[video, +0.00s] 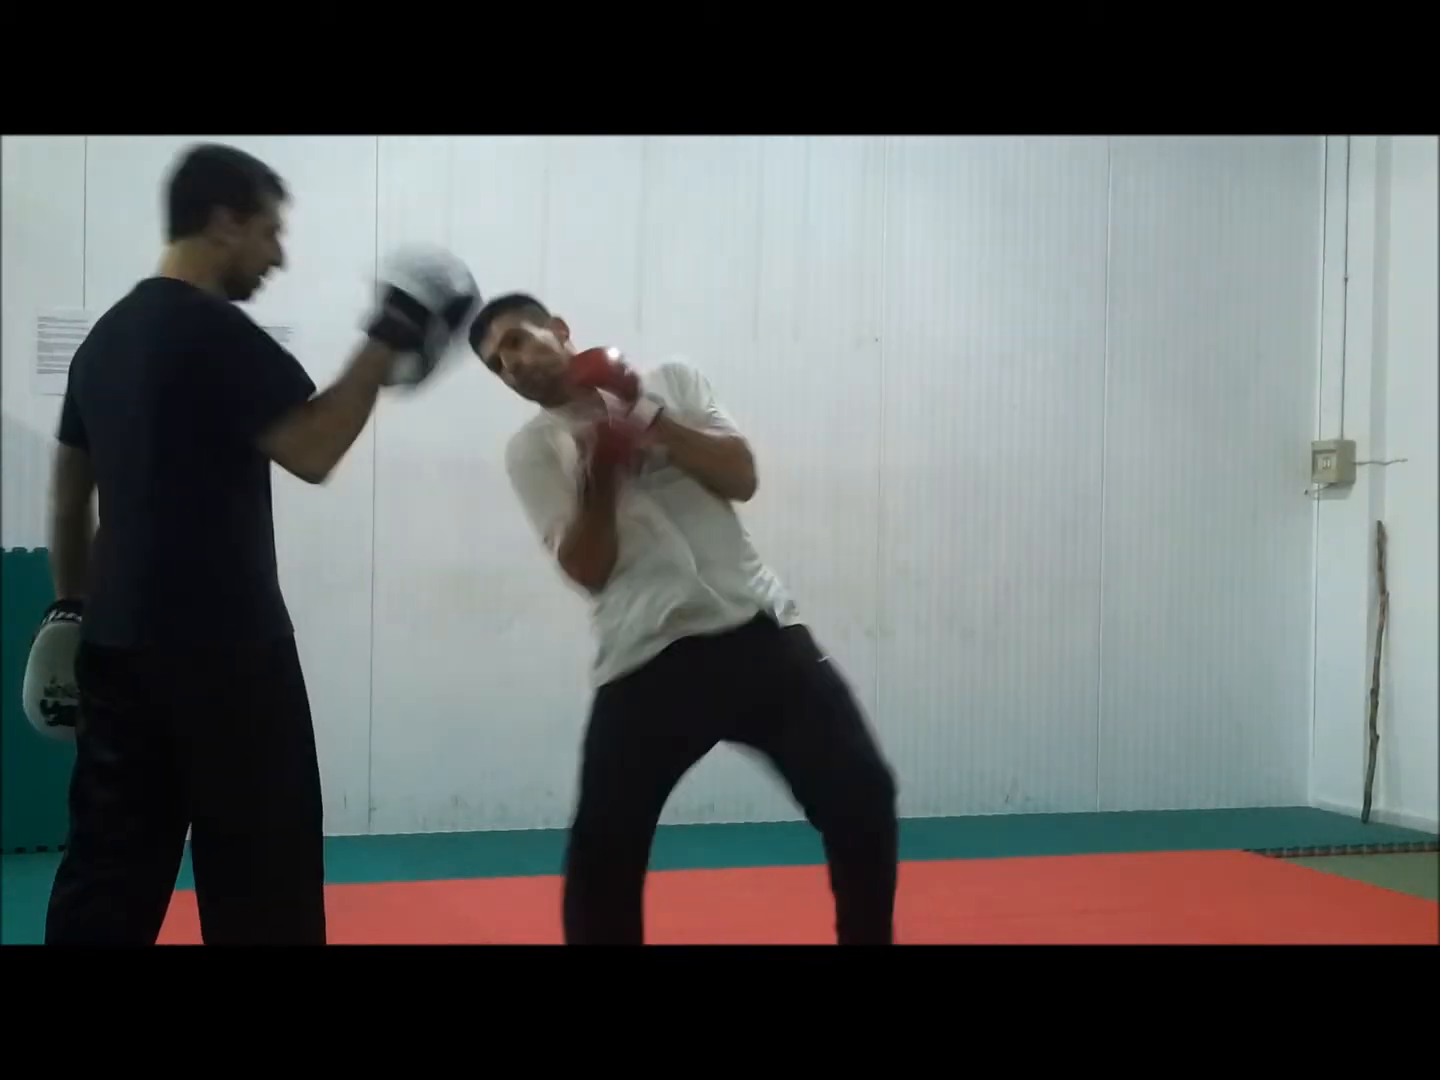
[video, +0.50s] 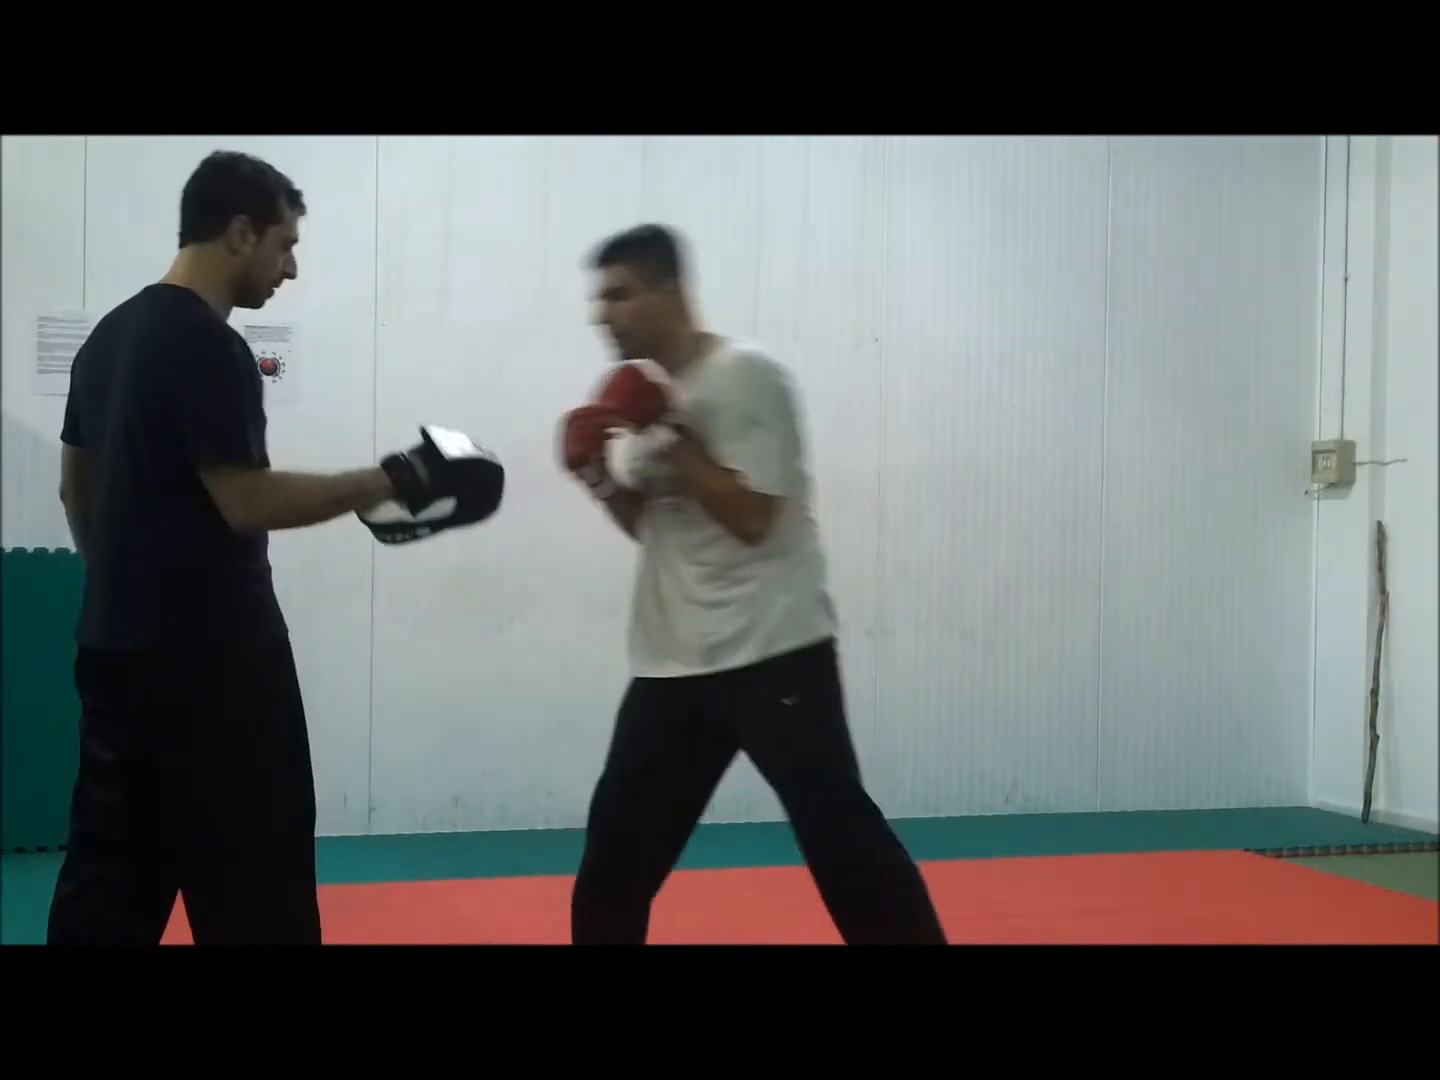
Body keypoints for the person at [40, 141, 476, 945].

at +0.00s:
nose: (279, 254)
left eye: (279, 233)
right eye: (271, 230)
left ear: (205, 224)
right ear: (222, 221)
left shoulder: (108, 335)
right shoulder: (221, 333)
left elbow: (70, 495)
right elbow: (314, 449)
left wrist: (71, 613)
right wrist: (385, 341)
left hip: (120, 651)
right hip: (229, 655)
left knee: (107, 877)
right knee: (267, 883)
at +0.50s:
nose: (291, 267)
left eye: (293, 247)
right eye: (287, 244)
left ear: (225, 233)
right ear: (241, 233)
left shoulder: (108, 336)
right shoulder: (212, 347)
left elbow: (78, 491)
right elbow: (248, 500)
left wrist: (127, 581)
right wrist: (386, 480)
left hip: (118, 641)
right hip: (219, 648)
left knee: (111, 866)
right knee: (257, 869)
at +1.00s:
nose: (310, 270)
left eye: (314, 250)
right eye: (308, 246)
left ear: (218, 232)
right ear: (263, 233)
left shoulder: (108, 339)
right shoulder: (246, 353)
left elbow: (65, 487)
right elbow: (284, 510)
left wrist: (64, 603)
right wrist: (420, 492)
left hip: (122, 656)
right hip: (238, 663)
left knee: (106, 881)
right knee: (267, 888)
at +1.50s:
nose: (304, 269)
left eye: (307, 249)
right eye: (303, 245)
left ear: (212, 230)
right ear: (260, 231)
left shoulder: (107, 338)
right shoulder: (243, 349)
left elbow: (66, 490)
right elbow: (282, 505)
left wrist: (86, 602)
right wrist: (412, 489)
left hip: (123, 661)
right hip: (238, 664)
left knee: (105, 885)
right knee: (268, 891)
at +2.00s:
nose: (293, 262)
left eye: (294, 242)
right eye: (285, 239)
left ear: (223, 231)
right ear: (231, 227)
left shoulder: (120, 332)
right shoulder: (192, 336)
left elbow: (83, 490)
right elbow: (227, 493)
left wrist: (95, 612)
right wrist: (371, 471)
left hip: (127, 654)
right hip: (216, 657)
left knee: (115, 875)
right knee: (259, 885)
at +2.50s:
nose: (306, 269)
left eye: (309, 249)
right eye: (302, 245)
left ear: (222, 232)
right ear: (254, 233)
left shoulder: (111, 341)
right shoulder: (223, 353)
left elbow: (79, 491)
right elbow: (277, 516)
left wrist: (96, 600)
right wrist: (412, 518)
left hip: (128, 665)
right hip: (234, 669)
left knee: (113, 882)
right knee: (269, 891)